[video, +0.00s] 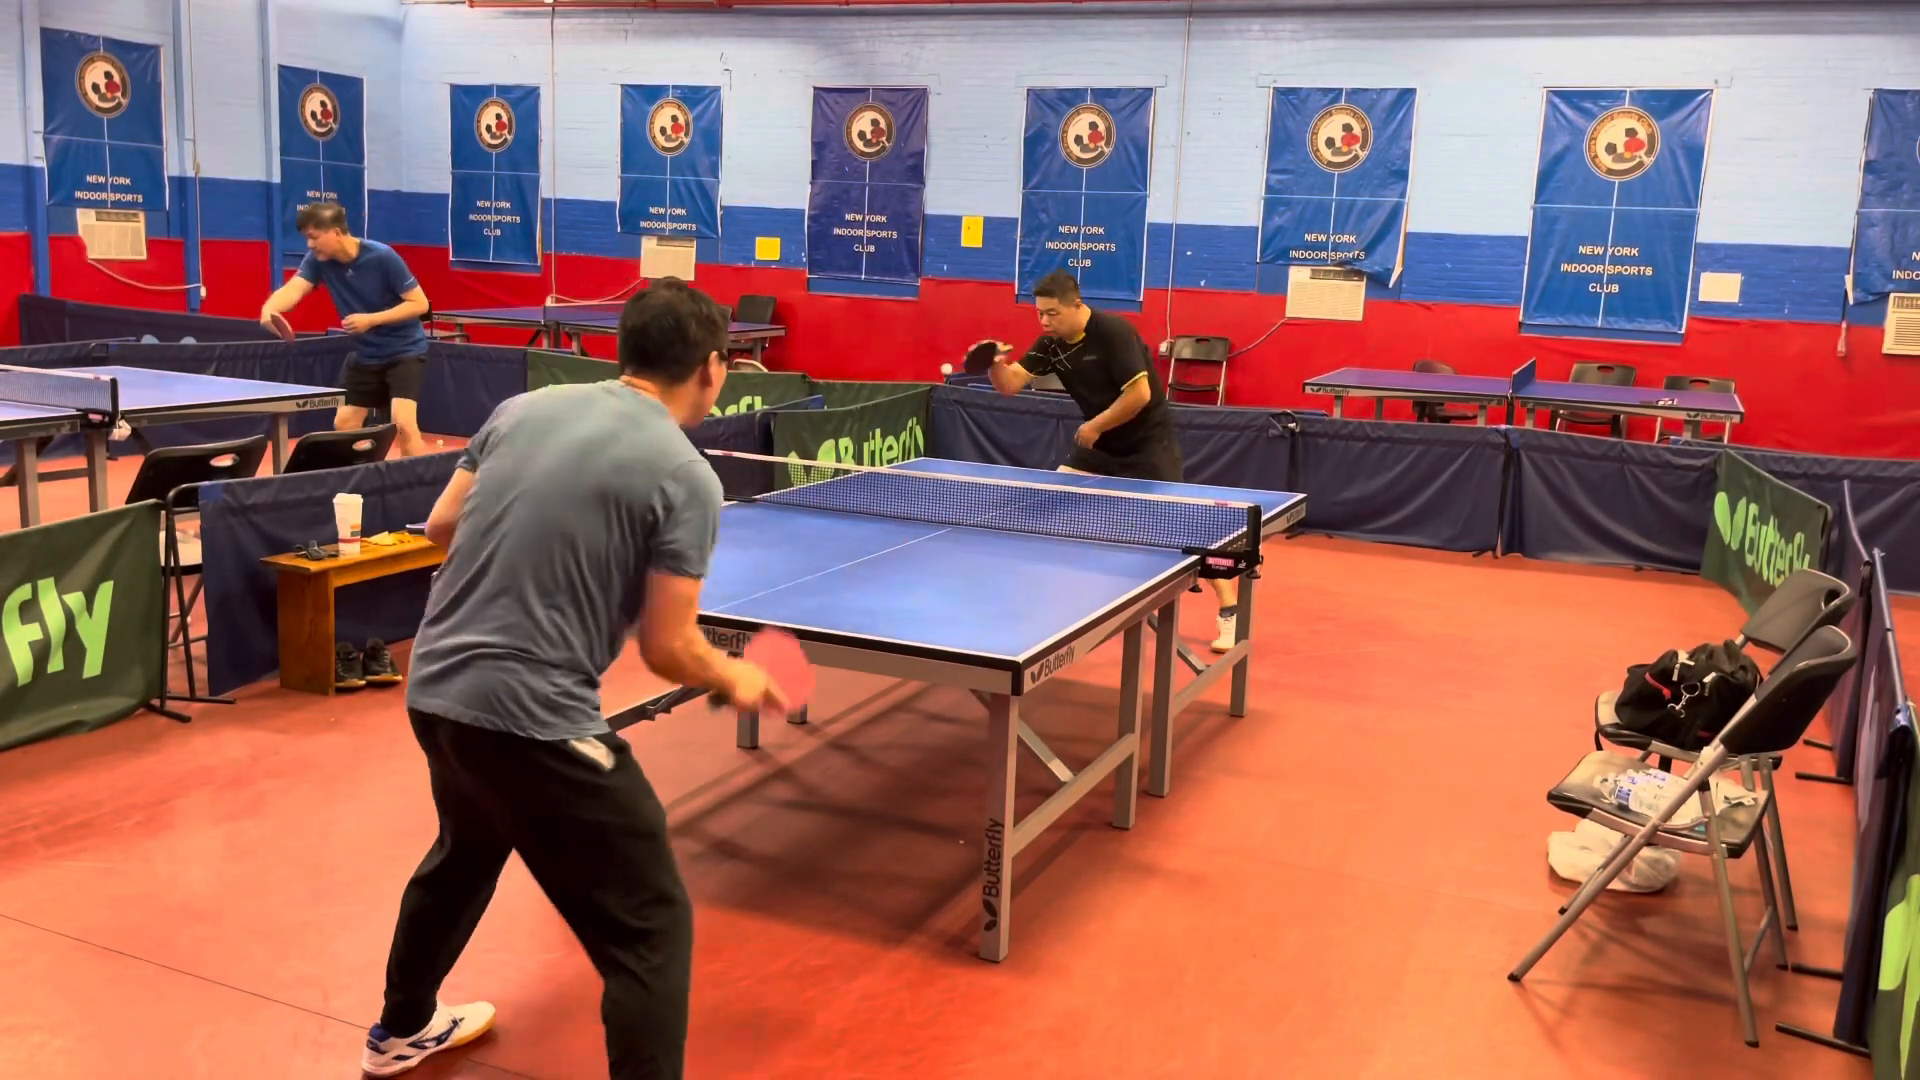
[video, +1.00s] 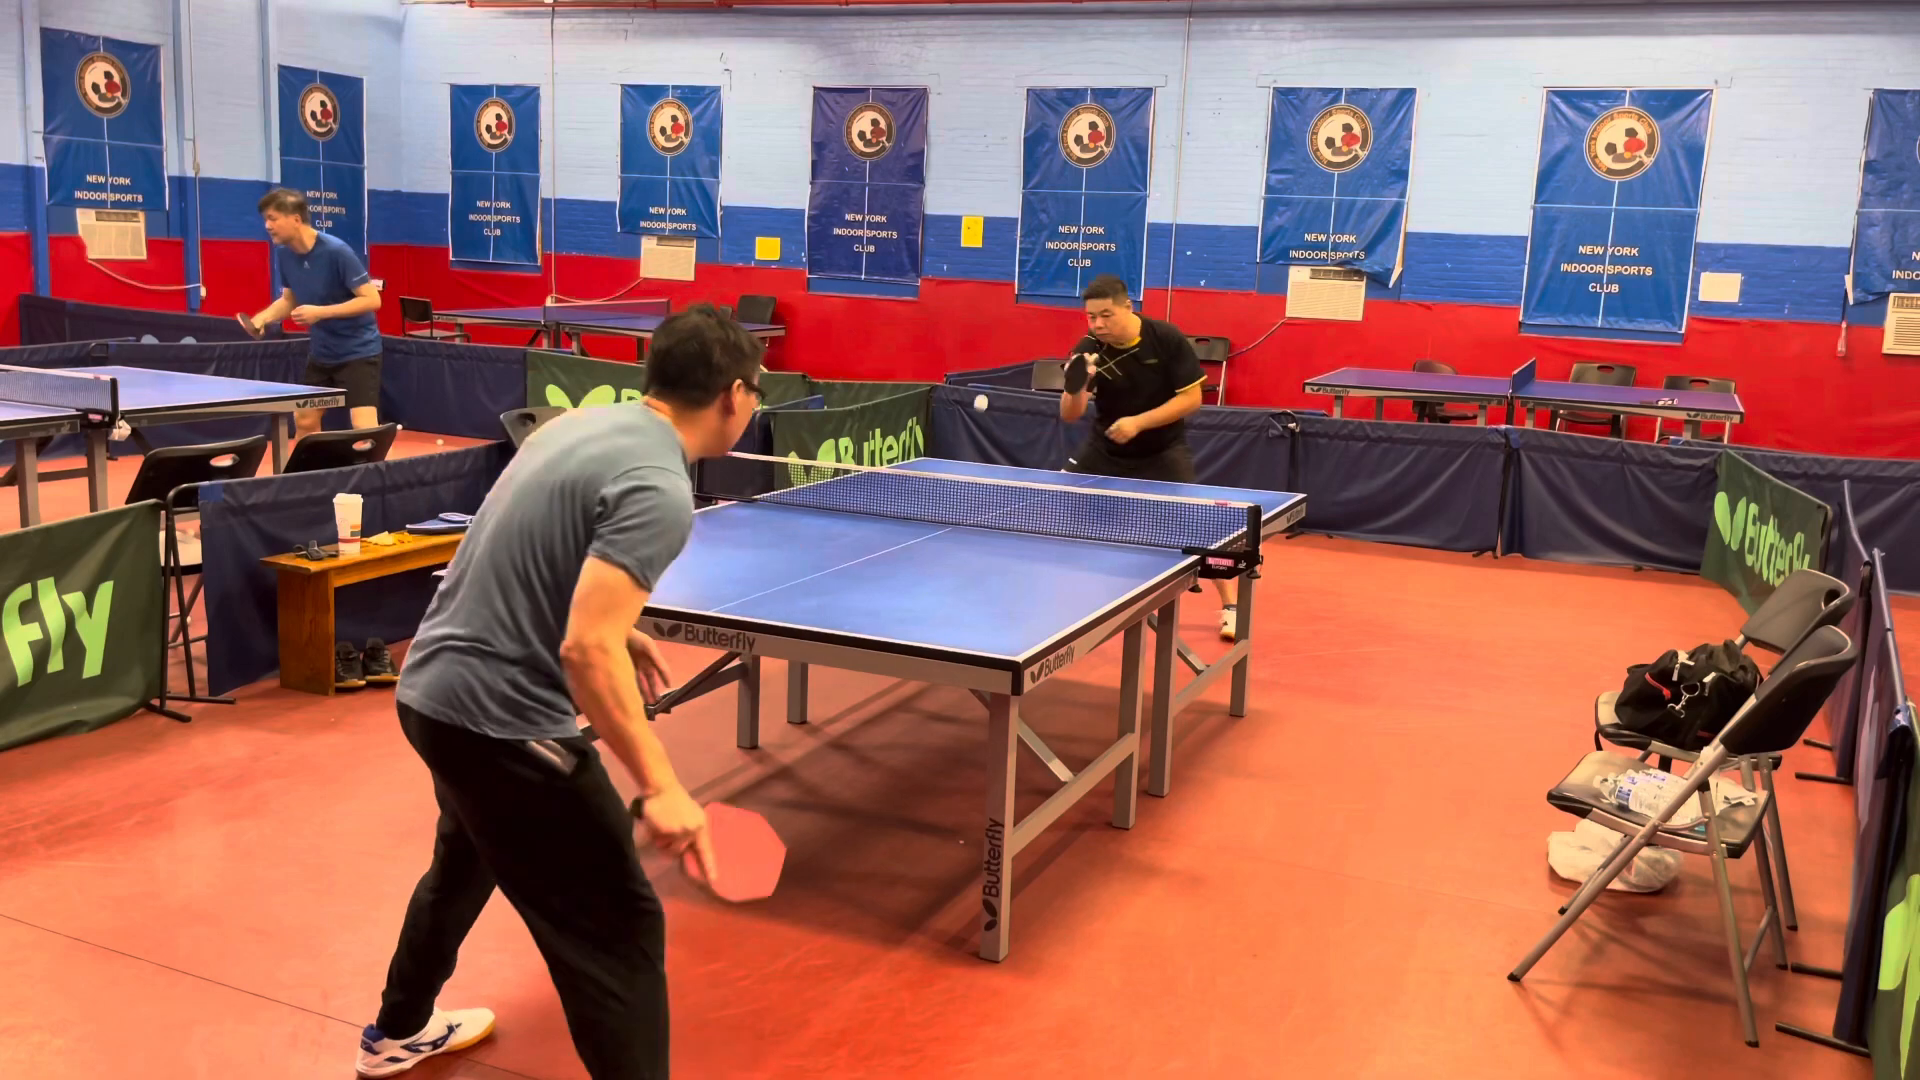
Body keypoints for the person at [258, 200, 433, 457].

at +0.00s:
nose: (310, 245)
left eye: (314, 238)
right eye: (307, 239)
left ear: (336, 233)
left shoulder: (382, 256)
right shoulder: (318, 260)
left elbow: (420, 304)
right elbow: (294, 289)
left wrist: (371, 319)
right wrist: (268, 308)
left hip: (406, 351)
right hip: (366, 353)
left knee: (403, 423)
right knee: (344, 423)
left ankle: (420, 492)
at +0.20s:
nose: (307, 246)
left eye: (311, 239)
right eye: (305, 240)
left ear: (334, 235)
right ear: (332, 236)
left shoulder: (379, 262)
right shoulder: (317, 263)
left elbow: (413, 311)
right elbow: (302, 305)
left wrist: (363, 326)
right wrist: (282, 325)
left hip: (394, 353)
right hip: (355, 352)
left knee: (382, 427)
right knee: (318, 411)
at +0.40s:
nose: (295, 244)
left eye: (300, 237)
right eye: (293, 238)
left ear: (322, 234)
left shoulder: (366, 263)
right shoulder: (307, 264)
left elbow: (398, 313)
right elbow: (303, 307)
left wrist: (348, 325)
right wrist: (279, 333)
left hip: (381, 356)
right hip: (343, 356)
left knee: (373, 426)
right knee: (322, 421)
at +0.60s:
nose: (272, 236)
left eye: (277, 229)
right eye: (271, 230)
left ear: (300, 226)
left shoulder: (343, 256)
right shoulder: (289, 260)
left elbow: (378, 305)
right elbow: (289, 301)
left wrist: (328, 319)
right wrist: (264, 325)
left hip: (364, 354)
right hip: (326, 354)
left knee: (366, 425)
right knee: (307, 421)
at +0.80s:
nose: (265, 221)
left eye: (271, 213)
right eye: (264, 214)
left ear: (294, 215)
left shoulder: (334, 248)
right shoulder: (283, 251)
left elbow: (368, 297)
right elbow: (285, 296)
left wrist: (316, 309)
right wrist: (254, 315)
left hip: (356, 352)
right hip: (318, 351)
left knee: (365, 426)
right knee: (303, 420)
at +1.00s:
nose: (267, 226)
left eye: (273, 219)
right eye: (266, 220)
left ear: (296, 219)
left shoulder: (337, 251)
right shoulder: (284, 254)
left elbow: (372, 299)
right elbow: (289, 299)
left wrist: (320, 312)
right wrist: (261, 318)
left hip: (359, 354)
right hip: (321, 353)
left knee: (364, 429)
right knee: (305, 422)